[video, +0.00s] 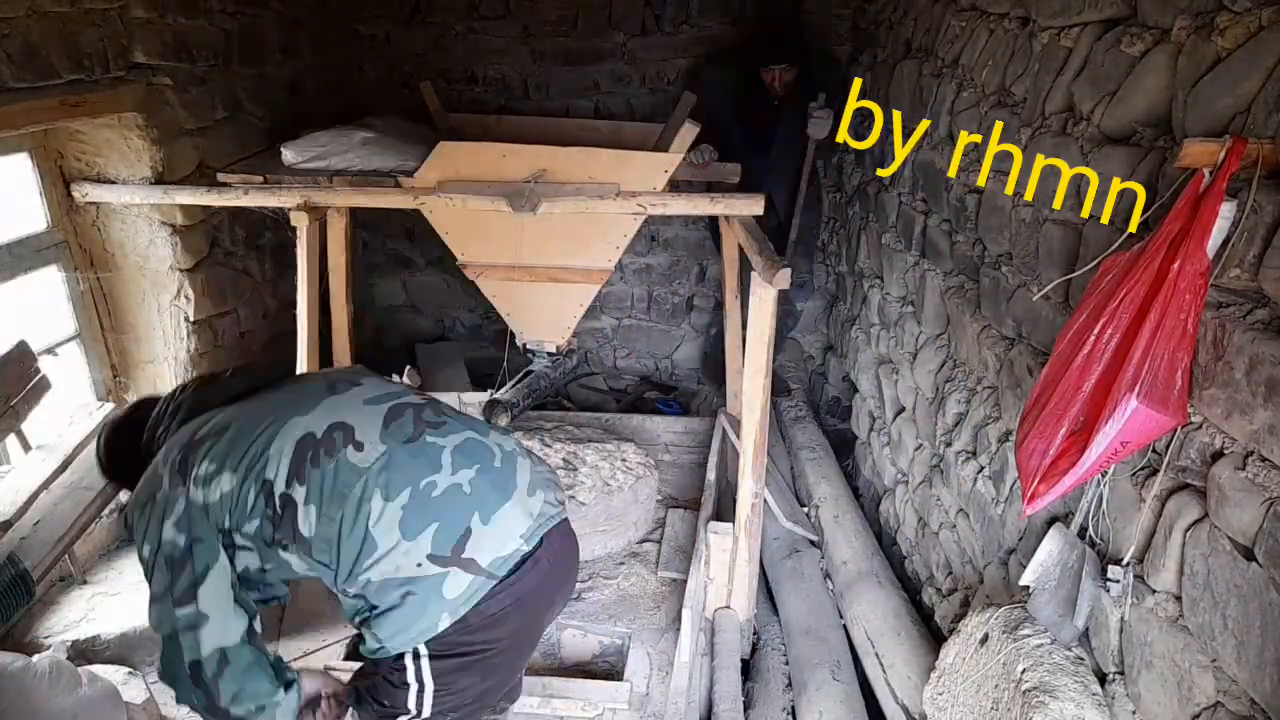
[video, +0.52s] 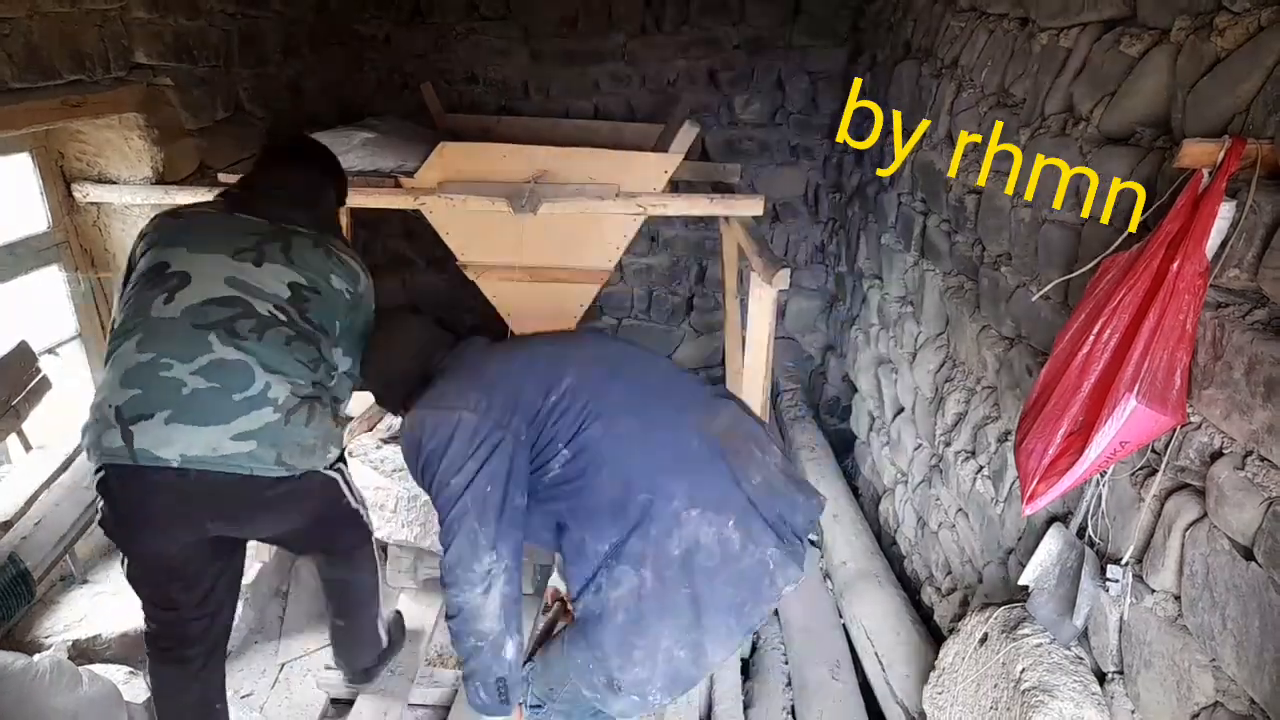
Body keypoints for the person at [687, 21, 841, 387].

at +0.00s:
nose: (777, 82)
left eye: (784, 73)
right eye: (769, 74)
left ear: (798, 68)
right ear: (756, 70)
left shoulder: (812, 84)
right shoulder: (736, 89)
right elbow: (707, 119)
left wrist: (833, 123)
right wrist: (703, 146)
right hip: (734, 190)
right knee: (734, 284)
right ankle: (720, 365)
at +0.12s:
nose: (802, 64)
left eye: (812, 53)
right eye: (794, 55)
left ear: (833, 50)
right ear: (788, 55)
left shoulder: (856, 93)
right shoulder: (776, 91)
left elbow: (881, 160)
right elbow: (734, 132)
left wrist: (884, 103)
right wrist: (738, 149)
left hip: (840, 247)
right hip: (779, 243)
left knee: (843, 355)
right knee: (778, 340)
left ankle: (844, 464)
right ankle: (785, 415)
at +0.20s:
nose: (744, 65)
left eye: (754, 50)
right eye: (739, 52)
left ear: (797, 38)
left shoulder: (862, 78)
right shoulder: (765, 95)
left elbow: (930, 166)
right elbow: (766, 165)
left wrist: (883, 113)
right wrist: (751, 184)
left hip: (879, 285)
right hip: (806, 285)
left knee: (872, 421)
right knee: (806, 421)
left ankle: (865, 527)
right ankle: (823, 546)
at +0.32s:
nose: (718, 83)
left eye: (722, 64)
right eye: (710, 69)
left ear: (769, 44)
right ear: (765, 50)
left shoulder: (876, 74)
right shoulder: (789, 95)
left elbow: (897, 202)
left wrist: (788, 139)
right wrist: (759, 181)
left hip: (886, 348)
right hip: (808, 338)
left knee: (856, 520)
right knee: (764, 488)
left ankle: (861, 629)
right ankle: (806, 607)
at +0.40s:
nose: (599, 149)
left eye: (596, 129)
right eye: (590, 133)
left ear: (629, 107)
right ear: (638, 101)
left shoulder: (735, 145)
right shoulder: (690, 153)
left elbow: (760, 297)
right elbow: (722, 306)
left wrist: (621, 255)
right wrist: (657, 375)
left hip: (754, 437)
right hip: (720, 418)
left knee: (655, 614)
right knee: (712, 558)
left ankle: (628, 711)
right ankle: (789, 651)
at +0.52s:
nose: (395, 419)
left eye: (389, 403)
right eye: (385, 406)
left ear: (400, 389)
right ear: (443, 341)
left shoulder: (452, 411)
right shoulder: (536, 357)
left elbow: (479, 581)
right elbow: (599, 470)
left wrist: (496, 700)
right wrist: (574, 583)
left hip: (693, 564)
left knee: (539, 698)